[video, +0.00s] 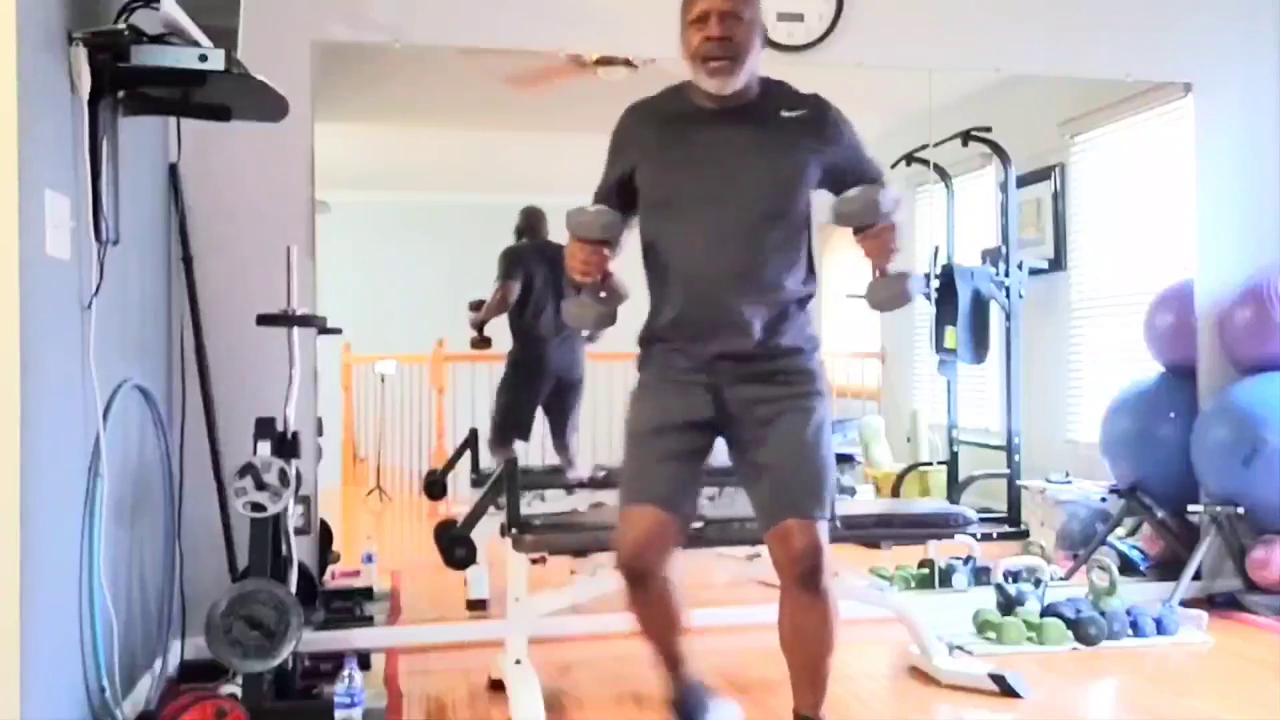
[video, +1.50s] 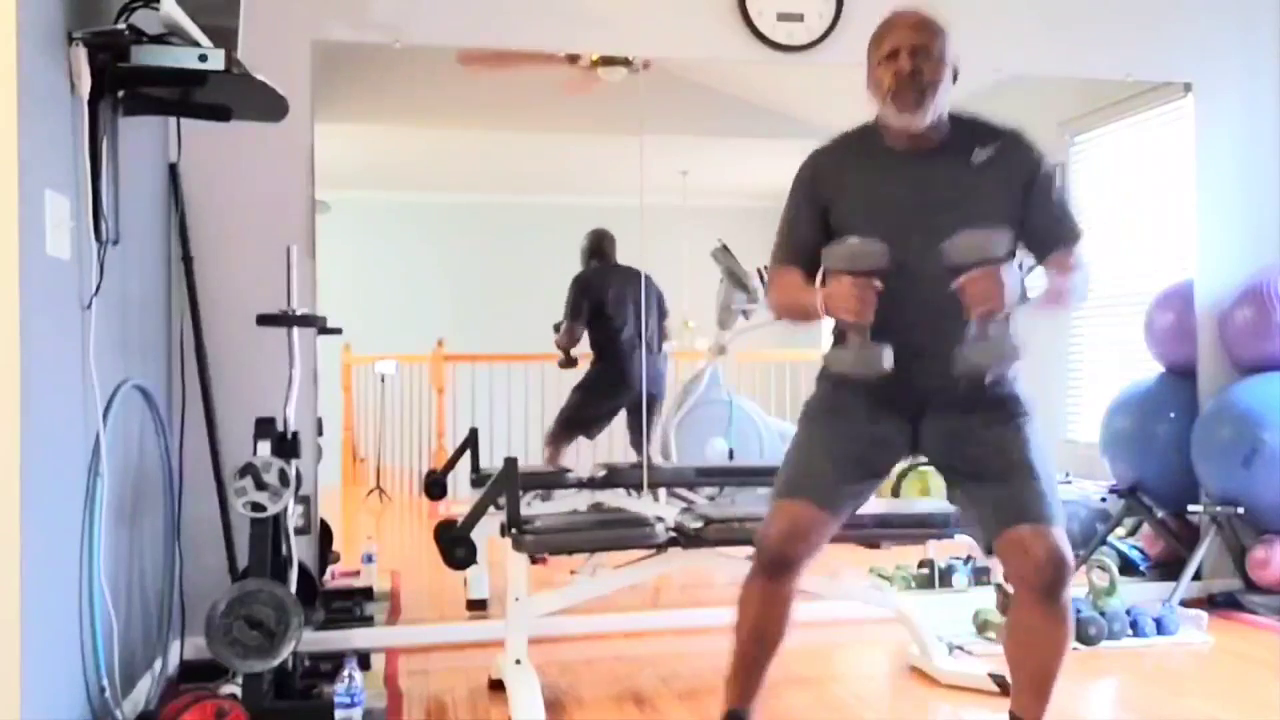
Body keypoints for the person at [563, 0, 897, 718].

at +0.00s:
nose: (716, 31)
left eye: (732, 17)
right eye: (700, 19)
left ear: (761, 29)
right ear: (682, 33)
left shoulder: (812, 120)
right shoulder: (644, 123)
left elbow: (874, 207)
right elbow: (600, 229)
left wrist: (881, 236)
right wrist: (581, 255)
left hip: (781, 366)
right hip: (675, 366)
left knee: (803, 556)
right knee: (639, 551)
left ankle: (808, 713)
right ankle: (685, 689)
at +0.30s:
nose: (740, 18)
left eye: (756, 4)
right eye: (723, 6)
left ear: (785, 13)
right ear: (705, 19)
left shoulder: (843, 98)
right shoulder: (672, 116)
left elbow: (912, 186)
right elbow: (622, 224)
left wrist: (897, 212)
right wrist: (638, 243)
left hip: (829, 346)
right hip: (723, 358)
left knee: (874, 520)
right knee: (712, 539)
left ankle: (885, 702)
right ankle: (721, 705)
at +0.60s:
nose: (821, 147)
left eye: (836, 133)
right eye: (807, 134)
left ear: (866, 144)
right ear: (787, 148)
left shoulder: (914, 220)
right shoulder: (754, 227)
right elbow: (714, 356)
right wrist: (747, 343)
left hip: (888, 437)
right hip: (777, 438)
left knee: (995, 574)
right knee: (700, 574)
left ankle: (1012, 716)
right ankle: (723, 710)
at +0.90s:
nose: (890, 43)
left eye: (907, 27)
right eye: (874, 29)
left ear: (939, 36)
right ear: (855, 44)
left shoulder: (1001, 119)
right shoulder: (825, 138)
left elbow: (1059, 220)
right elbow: (783, 243)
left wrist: (1057, 252)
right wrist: (771, 274)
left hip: (971, 363)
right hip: (859, 363)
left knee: (1007, 550)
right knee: (797, 532)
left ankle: (1018, 713)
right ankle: (809, 683)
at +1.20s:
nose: (914, 40)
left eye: (932, 25)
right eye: (898, 28)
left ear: (962, 42)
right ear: (879, 48)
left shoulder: (1017, 121)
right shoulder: (843, 141)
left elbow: (1084, 190)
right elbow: (798, 219)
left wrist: (1104, 236)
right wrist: (796, 279)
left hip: (1002, 373)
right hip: (892, 382)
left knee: (1036, 559)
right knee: (885, 568)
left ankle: (1025, 713)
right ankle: (903, 706)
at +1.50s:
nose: (904, 66)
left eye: (921, 54)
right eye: (889, 56)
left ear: (951, 72)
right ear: (870, 76)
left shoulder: (1007, 157)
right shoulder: (828, 169)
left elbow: (1067, 272)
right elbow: (782, 289)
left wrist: (1018, 286)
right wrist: (822, 296)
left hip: (975, 399)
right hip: (859, 394)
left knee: (1045, 565)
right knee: (778, 547)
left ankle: (1027, 716)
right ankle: (736, 710)